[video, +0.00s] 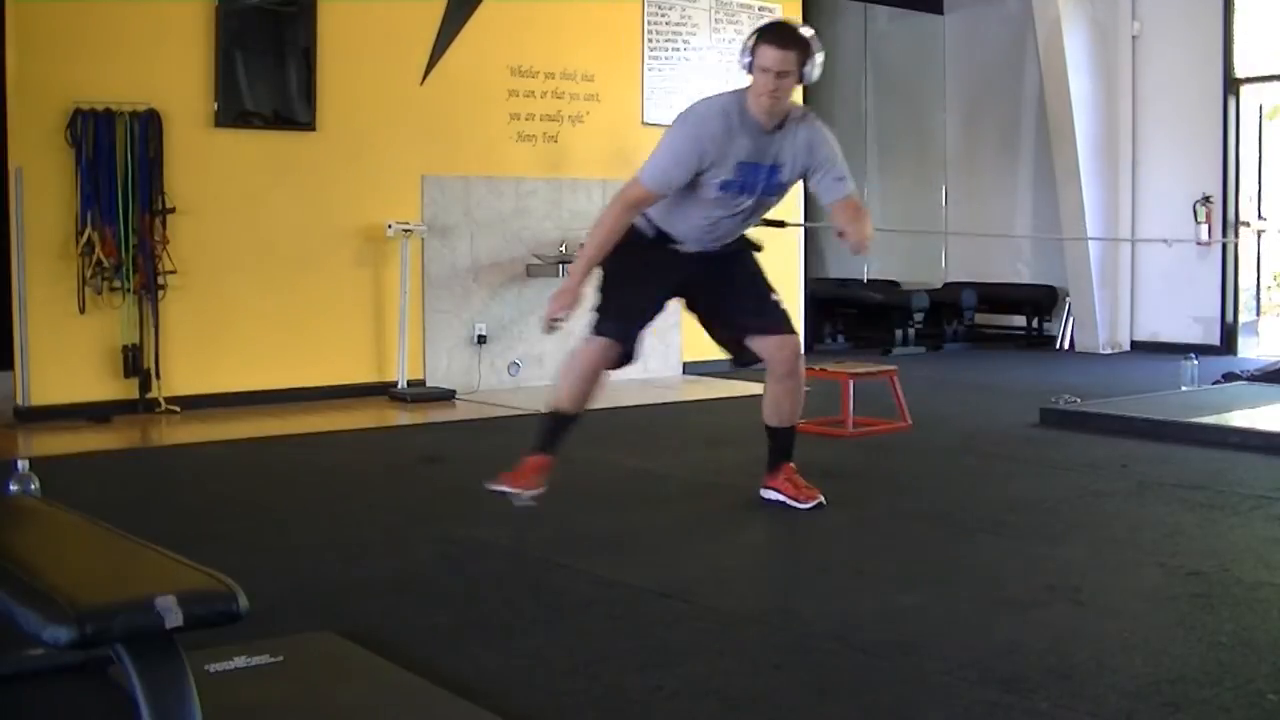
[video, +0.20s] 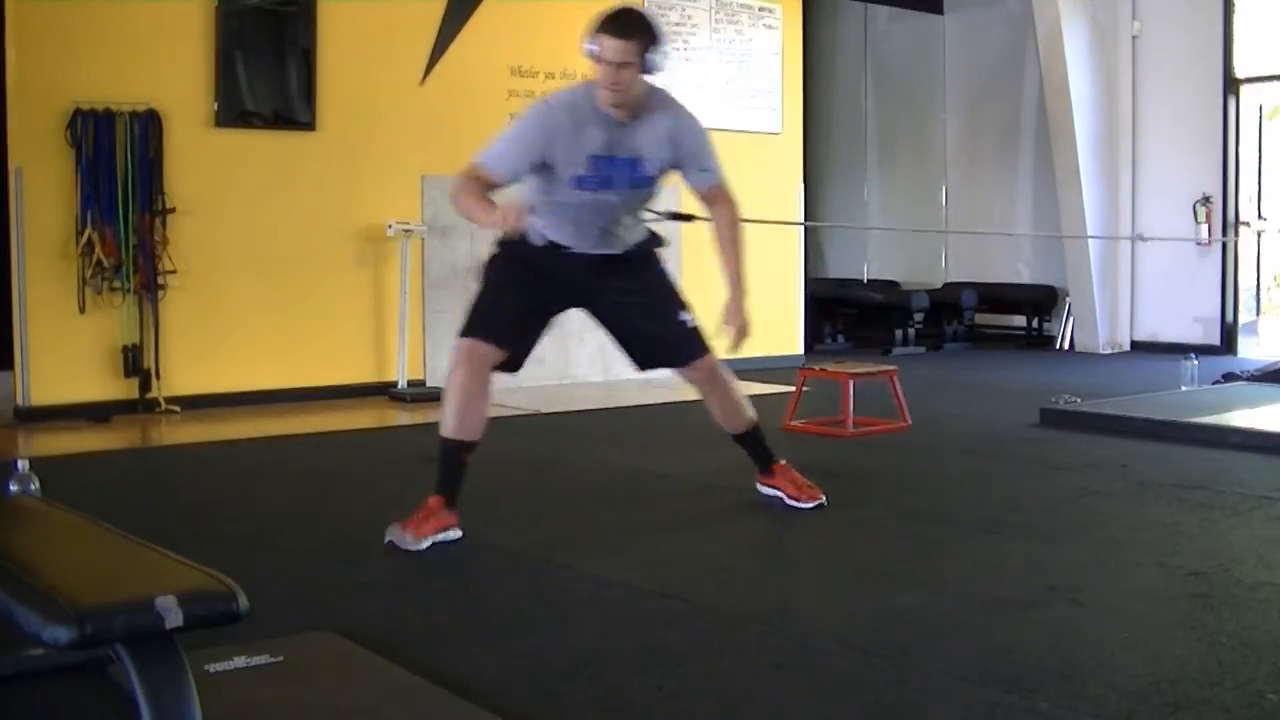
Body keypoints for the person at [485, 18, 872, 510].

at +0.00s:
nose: (769, 85)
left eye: (782, 76)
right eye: (762, 71)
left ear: (801, 80)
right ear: (749, 68)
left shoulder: (811, 138)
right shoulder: (707, 122)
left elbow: (844, 203)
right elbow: (630, 201)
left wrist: (856, 228)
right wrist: (573, 281)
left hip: (721, 252)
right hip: (650, 243)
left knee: (784, 351)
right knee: (604, 346)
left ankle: (779, 473)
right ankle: (538, 461)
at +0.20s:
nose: (611, 77)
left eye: (624, 66)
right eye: (603, 63)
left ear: (648, 68)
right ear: (592, 61)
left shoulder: (673, 124)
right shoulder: (554, 116)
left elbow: (720, 203)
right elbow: (467, 186)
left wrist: (736, 294)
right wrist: (490, 214)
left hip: (623, 258)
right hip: (537, 253)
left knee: (702, 367)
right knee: (472, 355)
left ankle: (771, 470)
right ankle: (442, 506)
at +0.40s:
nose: (482, 92)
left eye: (496, 80)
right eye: (474, 77)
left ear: (526, 75)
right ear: (463, 68)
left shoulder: (560, 124)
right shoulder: (430, 116)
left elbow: (606, 217)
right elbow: (340, 197)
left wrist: (627, 321)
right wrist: (331, 298)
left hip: (496, 234)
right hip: (412, 226)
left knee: (569, 338)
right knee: (349, 328)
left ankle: (554, 482)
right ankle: (346, 483)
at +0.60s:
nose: (362, 210)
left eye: (378, 198)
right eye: (352, 195)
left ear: (408, 189)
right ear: (339, 180)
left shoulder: (438, 230)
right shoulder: (314, 214)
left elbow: (474, 355)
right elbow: (233, 319)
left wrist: (468, 472)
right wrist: (185, 418)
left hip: (405, 291)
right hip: (321, 287)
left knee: (493, 367)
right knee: (233, 377)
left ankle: (527, 499)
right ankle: (133, 513)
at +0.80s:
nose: (276, 314)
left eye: (288, 300)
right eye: (263, 300)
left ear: (313, 289)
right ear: (242, 288)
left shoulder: (357, 301)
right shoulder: (222, 314)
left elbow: (396, 431)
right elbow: (173, 439)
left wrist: (400, 543)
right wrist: (129, 539)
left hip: (353, 288)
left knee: (453, 400)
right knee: (157, 374)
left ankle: (529, 499)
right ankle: (115, 523)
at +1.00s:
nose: (399, 226)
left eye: (407, 211)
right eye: (385, 213)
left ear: (413, 207)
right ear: (344, 209)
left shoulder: (416, 260)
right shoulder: (290, 231)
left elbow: (422, 387)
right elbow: (200, 319)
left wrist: (420, 505)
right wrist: (160, 427)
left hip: (367, 309)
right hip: (284, 301)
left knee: (471, 369)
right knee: (187, 389)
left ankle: (525, 500)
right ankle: (115, 524)